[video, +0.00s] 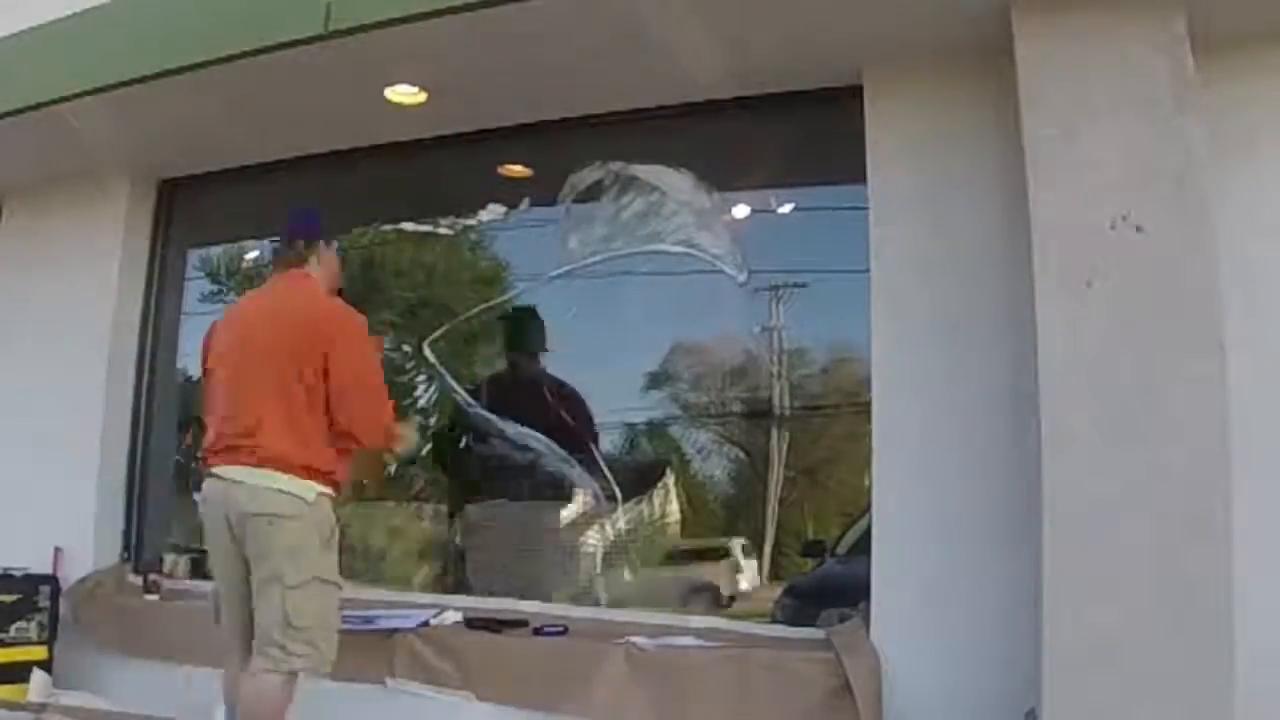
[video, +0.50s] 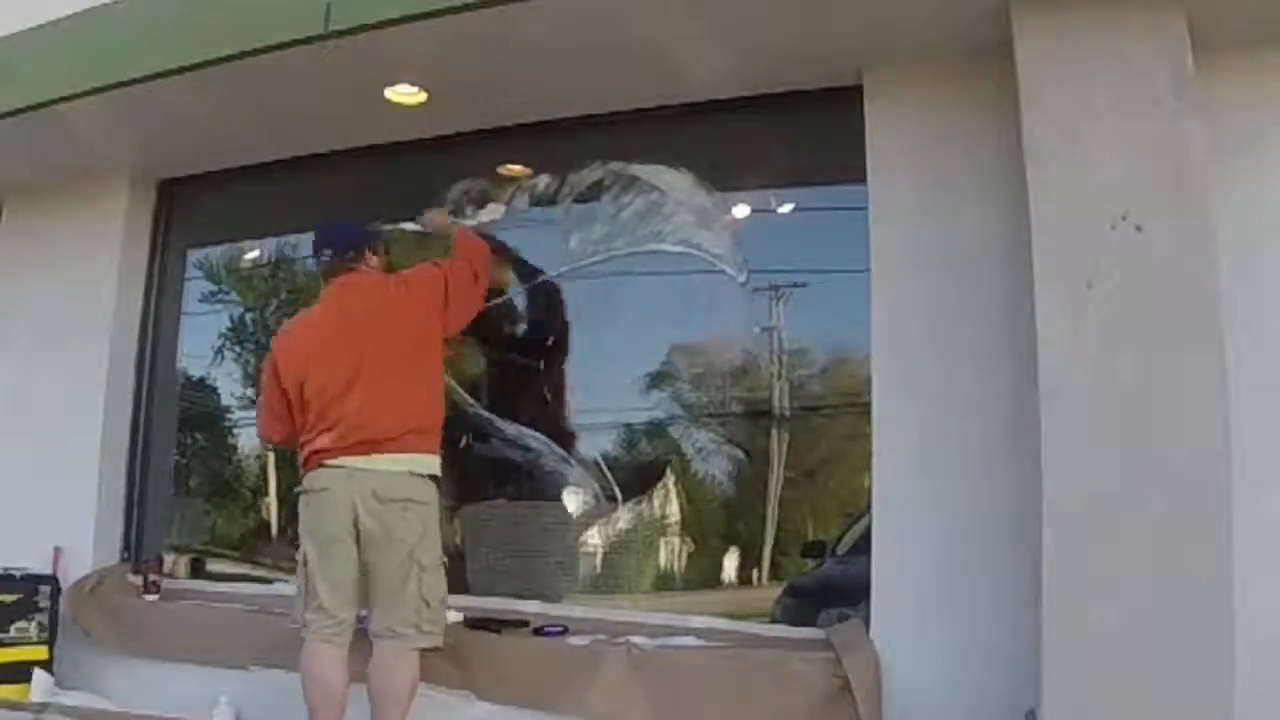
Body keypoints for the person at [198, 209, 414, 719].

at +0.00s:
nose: (339, 267)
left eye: (337, 256)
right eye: (336, 255)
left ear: (281, 259)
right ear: (321, 254)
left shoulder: (229, 319)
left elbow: (217, 411)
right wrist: (395, 435)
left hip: (220, 497)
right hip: (289, 505)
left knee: (241, 647)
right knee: (279, 658)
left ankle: (241, 716)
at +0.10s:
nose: (439, 264)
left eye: (436, 256)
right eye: (435, 256)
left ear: (383, 258)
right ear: (422, 254)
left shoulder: (333, 329)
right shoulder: (451, 300)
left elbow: (315, 419)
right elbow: (524, 305)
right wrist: (529, 257)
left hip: (358, 493)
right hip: (437, 492)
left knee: (358, 629)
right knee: (448, 635)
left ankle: (348, 717)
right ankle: (450, 716)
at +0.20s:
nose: (381, 250)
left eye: (377, 242)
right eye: (376, 242)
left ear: (321, 260)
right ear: (364, 250)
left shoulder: (294, 332)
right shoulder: (419, 290)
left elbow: (280, 423)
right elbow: (479, 261)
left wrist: (336, 419)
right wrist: (480, 205)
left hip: (323, 488)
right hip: (403, 485)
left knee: (325, 626)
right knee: (415, 627)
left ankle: (322, 717)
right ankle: (419, 717)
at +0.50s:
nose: (385, 258)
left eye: (382, 252)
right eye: (381, 251)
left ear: (321, 266)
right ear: (371, 256)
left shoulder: (294, 334)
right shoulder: (418, 293)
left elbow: (274, 429)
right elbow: (479, 262)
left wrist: (328, 414)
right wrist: (451, 226)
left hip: (326, 491)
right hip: (404, 489)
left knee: (326, 630)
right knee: (398, 634)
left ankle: (326, 716)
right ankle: (387, 718)